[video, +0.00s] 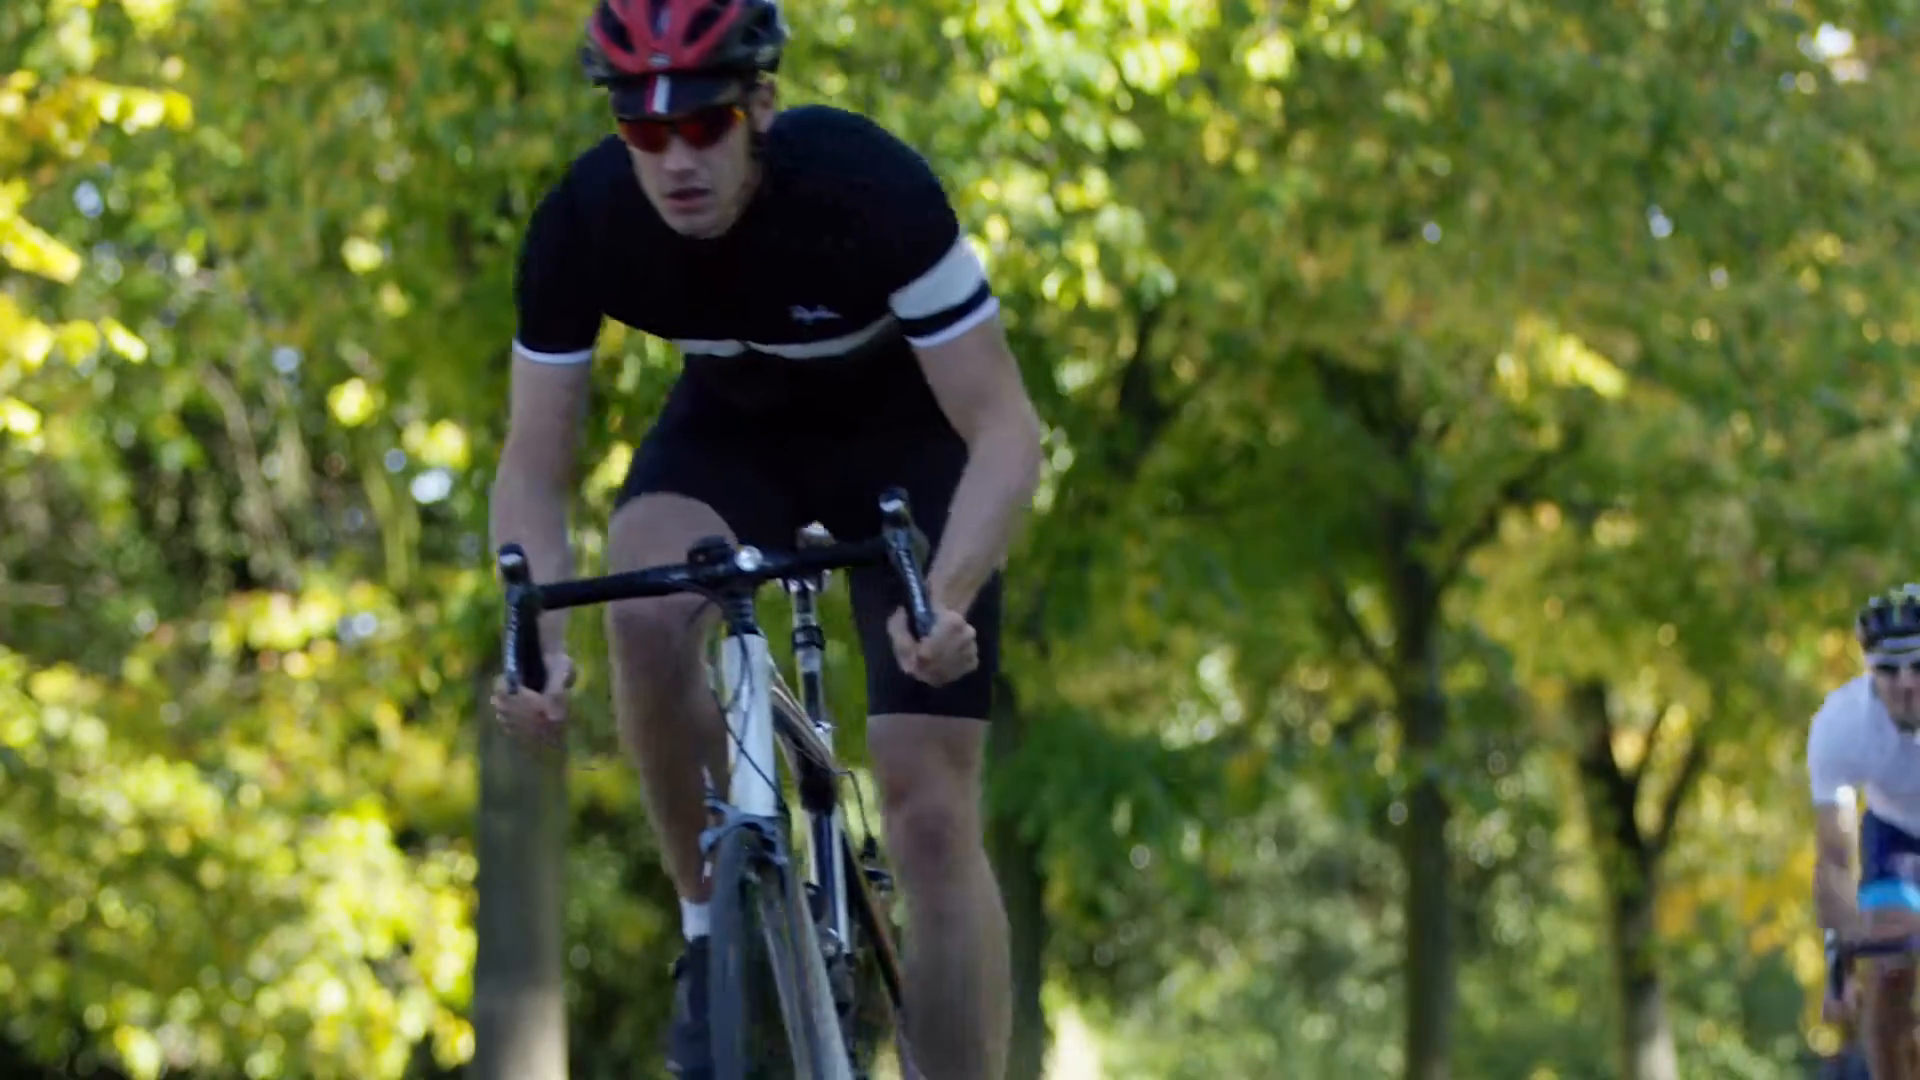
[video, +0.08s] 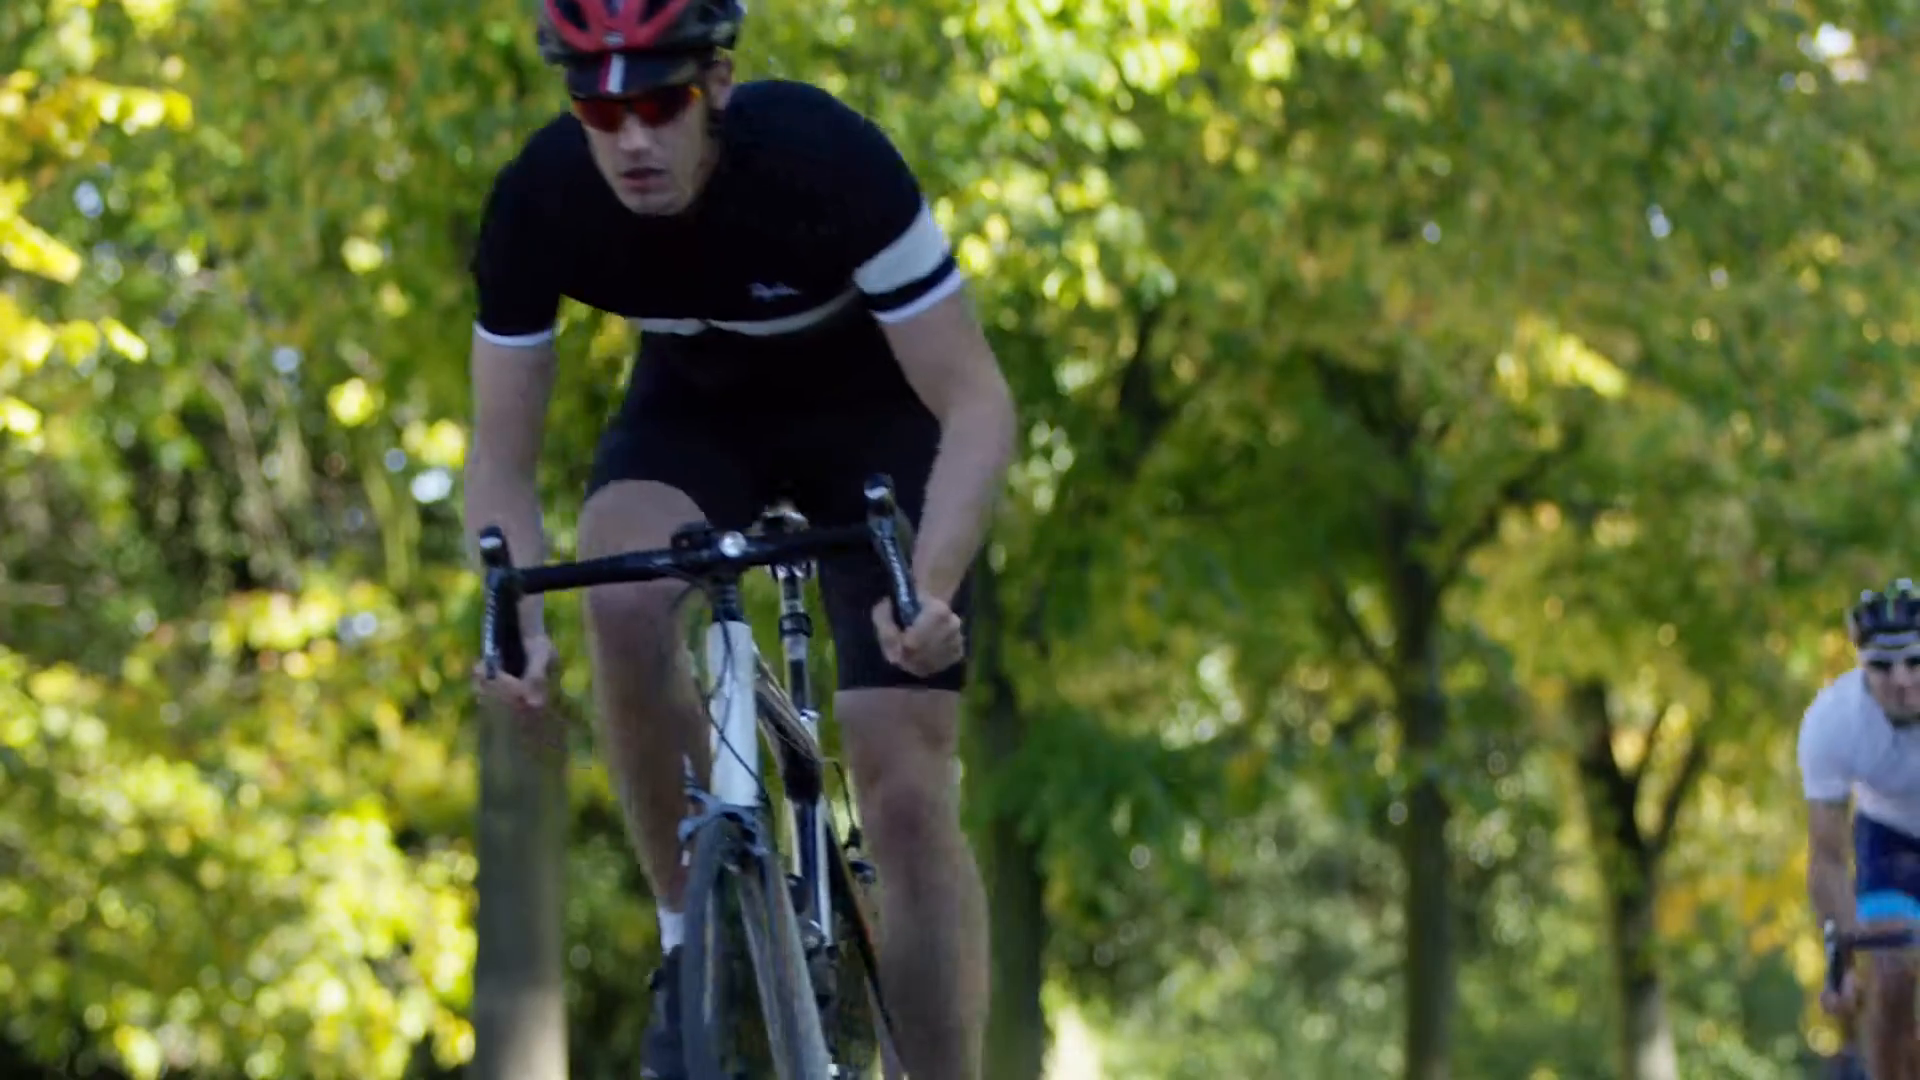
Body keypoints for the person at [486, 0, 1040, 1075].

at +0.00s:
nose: (675, 160)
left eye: (704, 126)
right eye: (644, 131)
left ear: (760, 103)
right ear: (614, 121)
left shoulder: (871, 186)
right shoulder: (583, 223)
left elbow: (1006, 433)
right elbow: (533, 463)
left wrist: (945, 592)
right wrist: (534, 631)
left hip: (901, 412)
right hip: (733, 411)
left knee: (929, 817)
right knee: (645, 602)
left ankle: (949, 1073)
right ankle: (708, 928)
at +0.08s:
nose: (634, 141)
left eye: (663, 106)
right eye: (602, 113)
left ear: (718, 84)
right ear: (571, 107)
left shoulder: (827, 155)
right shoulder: (537, 205)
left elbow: (978, 401)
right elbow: (501, 450)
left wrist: (929, 587)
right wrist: (510, 601)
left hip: (867, 394)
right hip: (692, 393)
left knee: (907, 791)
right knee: (623, 592)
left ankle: (934, 1074)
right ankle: (687, 941)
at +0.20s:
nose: (567, 105)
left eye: (596, 69)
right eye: (536, 76)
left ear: (654, 48)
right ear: (505, 68)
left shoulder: (767, 120)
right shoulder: (468, 173)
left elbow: (928, 363)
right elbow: (453, 425)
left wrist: (909, 567)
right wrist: (473, 590)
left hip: (816, 359)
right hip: (633, 365)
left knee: (862, 757)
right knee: (586, 594)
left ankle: (923, 1068)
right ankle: (657, 979)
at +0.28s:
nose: (525, 80)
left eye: (553, 45)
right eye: (494, 52)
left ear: (612, 25)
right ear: (463, 46)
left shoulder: (727, 100)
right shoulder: (420, 154)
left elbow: (891, 344)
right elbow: (422, 411)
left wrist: (888, 557)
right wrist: (447, 585)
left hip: (776, 341)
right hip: (588, 353)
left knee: (837, 736)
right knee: (561, 611)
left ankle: (899, 1064)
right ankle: (635, 1003)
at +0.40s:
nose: (462, 49)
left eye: (491, 17)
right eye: (432, 21)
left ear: (546, 8)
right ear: (399, 21)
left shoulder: (665, 75)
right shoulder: (347, 126)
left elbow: (833, 319)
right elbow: (365, 378)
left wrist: (851, 547)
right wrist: (404, 558)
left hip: (715, 312)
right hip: (522, 333)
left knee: (793, 699)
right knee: (523, 659)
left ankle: (865, 1030)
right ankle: (587, 1045)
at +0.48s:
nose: (417, 30)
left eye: (448, 1)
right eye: (387, 4)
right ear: (355, 4)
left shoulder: (624, 62)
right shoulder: (301, 111)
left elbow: (795, 316)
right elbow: (323, 368)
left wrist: (824, 531)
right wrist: (370, 535)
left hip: (680, 316)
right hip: (480, 341)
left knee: (760, 679)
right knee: (495, 671)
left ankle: (837, 985)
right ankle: (557, 1065)